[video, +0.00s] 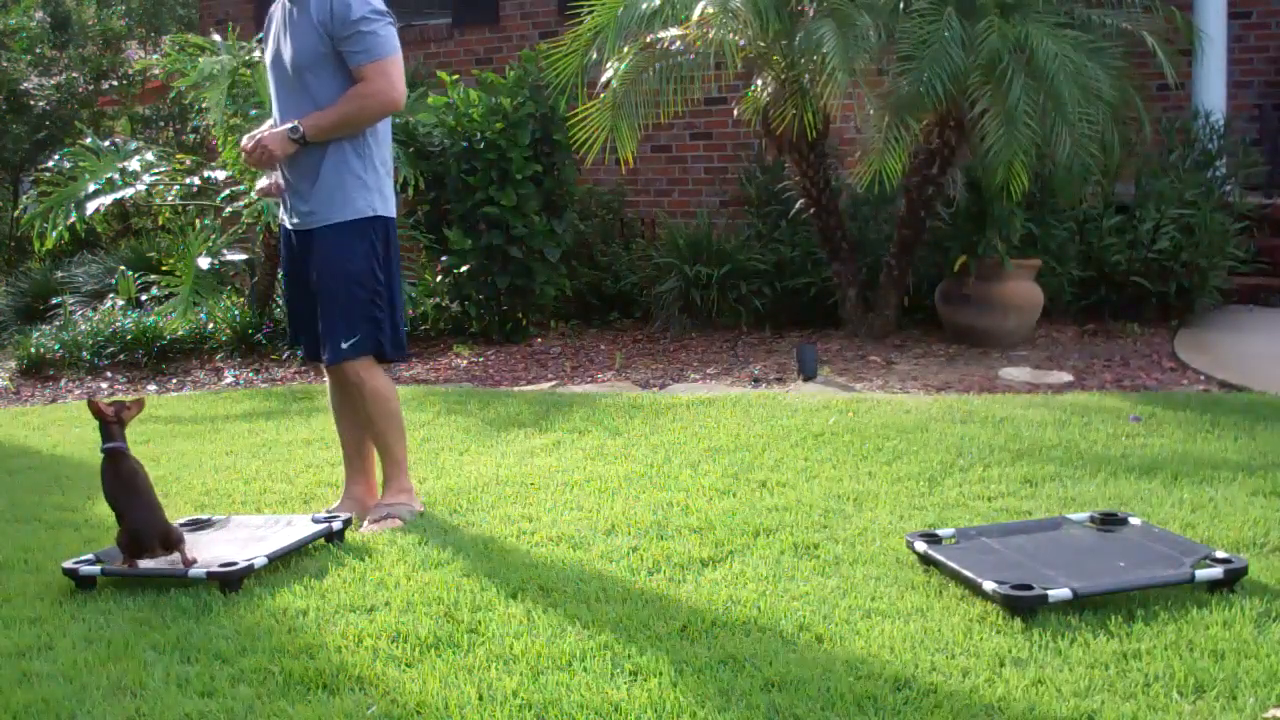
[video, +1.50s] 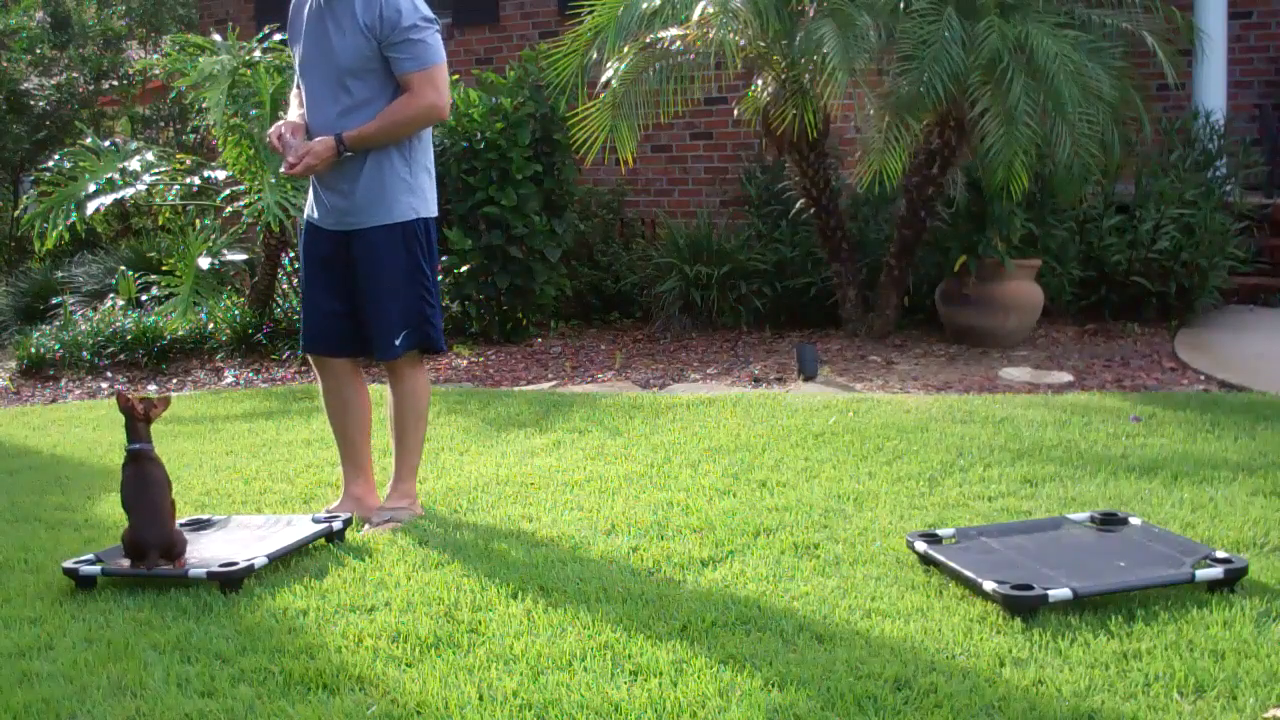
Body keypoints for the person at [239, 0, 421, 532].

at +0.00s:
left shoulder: (345, 2)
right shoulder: (282, 13)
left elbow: (387, 91)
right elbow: (310, 105)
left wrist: (294, 132)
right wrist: (287, 169)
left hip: (351, 206)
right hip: (308, 210)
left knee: (354, 354)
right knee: (335, 358)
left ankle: (401, 492)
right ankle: (360, 494)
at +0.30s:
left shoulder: (376, 4)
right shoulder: (294, 8)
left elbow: (409, 99)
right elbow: (309, 88)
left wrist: (319, 148)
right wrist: (278, 117)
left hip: (366, 207)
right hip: (308, 209)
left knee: (380, 352)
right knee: (330, 354)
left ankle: (402, 494)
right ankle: (359, 494)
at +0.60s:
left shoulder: (390, 8)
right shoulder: (296, 8)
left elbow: (414, 110)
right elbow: (296, 81)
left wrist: (322, 155)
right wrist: (278, 105)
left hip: (379, 206)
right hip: (314, 207)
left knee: (388, 351)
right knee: (315, 347)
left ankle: (402, 494)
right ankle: (356, 491)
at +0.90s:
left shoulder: (390, 8)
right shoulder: (297, 7)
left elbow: (428, 109)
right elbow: (300, 70)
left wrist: (333, 146)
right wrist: (289, 113)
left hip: (389, 205)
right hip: (324, 205)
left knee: (400, 350)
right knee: (329, 349)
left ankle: (404, 495)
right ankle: (358, 492)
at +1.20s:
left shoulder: (392, 5)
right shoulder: (299, 7)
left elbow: (433, 101)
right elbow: (302, 76)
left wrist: (342, 146)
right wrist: (295, 117)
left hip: (393, 204)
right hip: (328, 205)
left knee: (403, 350)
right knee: (331, 350)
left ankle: (405, 495)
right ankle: (358, 492)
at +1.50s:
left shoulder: (393, 5)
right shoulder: (303, 7)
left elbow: (433, 100)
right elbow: (305, 81)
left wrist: (340, 145)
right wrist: (295, 118)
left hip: (393, 202)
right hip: (328, 203)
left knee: (403, 351)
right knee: (329, 349)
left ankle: (405, 496)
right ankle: (358, 493)